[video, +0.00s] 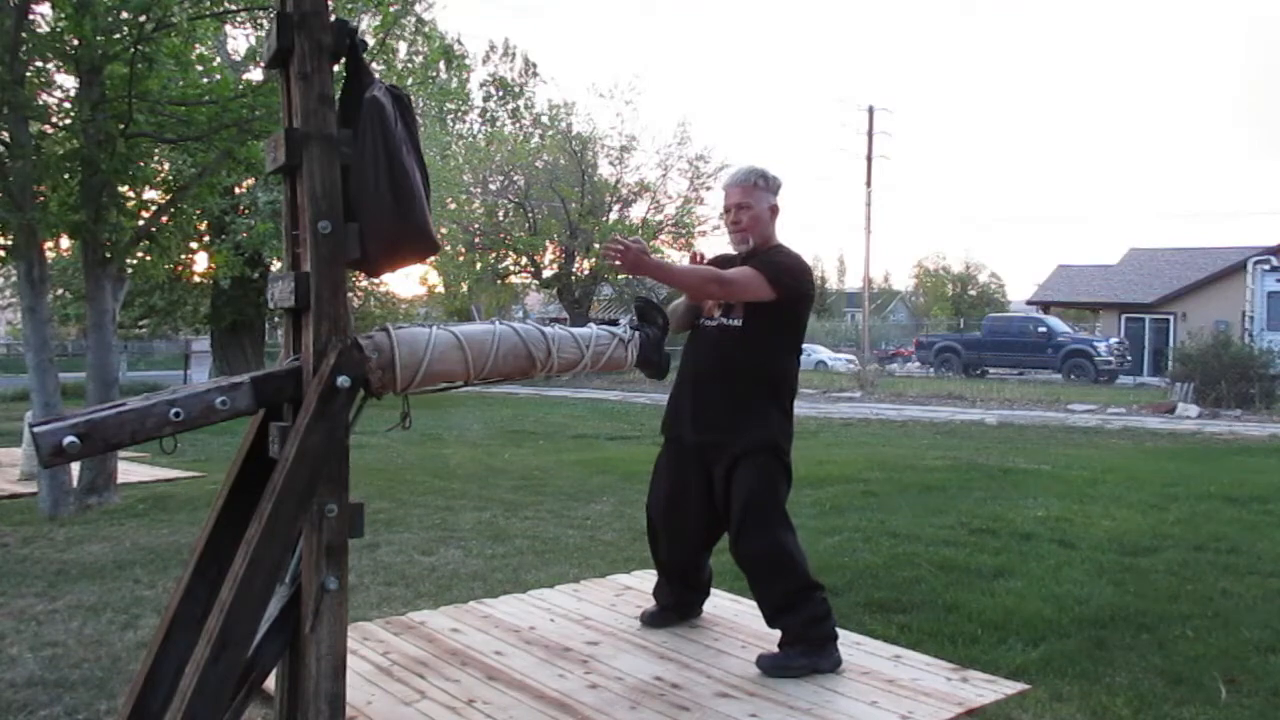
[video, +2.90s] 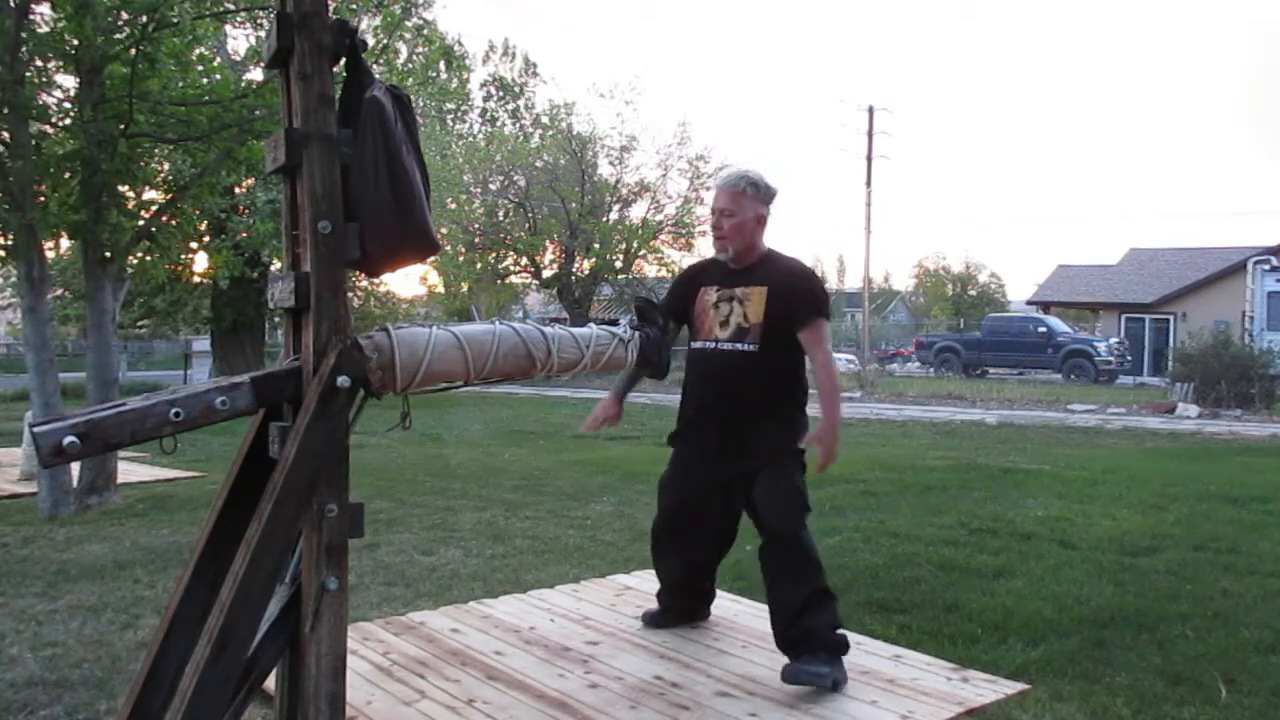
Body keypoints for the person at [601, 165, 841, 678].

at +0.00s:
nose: (735, 219)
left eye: (745, 209)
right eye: (729, 210)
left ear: (773, 210)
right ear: (723, 216)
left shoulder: (788, 270)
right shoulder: (714, 268)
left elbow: (719, 284)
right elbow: (672, 324)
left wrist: (650, 267)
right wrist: (692, 289)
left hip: (754, 431)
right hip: (692, 424)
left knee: (759, 536)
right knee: (672, 515)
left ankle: (813, 642)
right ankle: (680, 599)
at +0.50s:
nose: (723, 222)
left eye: (734, 213)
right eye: (719, 212)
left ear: (766, 212)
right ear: (717, 213)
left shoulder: (790, 270)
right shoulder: (709, 274)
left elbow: (768, 323)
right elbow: (682, 318)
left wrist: (700, 320)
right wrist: (656, 324)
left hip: (757, 428)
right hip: (694, 423)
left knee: (759, 533)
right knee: (670, 512)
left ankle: (813, 642)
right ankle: (680, 598)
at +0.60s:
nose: (720, 221)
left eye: (730, 212)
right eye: (717, 212)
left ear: (763, 212)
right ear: (716, 212)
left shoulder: (788, 271)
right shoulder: (709, 271)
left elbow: (794, 343)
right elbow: (677, 334)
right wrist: (643, 377)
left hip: (756, 421)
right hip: (696, 417)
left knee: (758, 530)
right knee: (672, 508)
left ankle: (812, 642)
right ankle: (681, 598)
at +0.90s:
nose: (722, 219)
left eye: (733, 209)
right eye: (719, 209)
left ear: (767, 211)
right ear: (718, 209)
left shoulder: (793, 268)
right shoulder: (708, 270)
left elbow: (803, 333)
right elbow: (677, 330)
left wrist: (743, 374)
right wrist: (654, 387)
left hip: (770, 423)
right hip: (711, 417)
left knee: (763, 527)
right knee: (677, 507)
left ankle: (814, 642)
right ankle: (681, 597)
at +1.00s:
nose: (725, 216)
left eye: (736, 207)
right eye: (722, 207)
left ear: (770, 210)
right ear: (722, 208)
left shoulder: (797, 265)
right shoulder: (712, 268)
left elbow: (791, 321)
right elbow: (678, 312)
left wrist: (718, 314)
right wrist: (656, 320)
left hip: (772, 426)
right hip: (712, 421)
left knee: (767, 528)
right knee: (681, 508)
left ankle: (815, 642)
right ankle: (682, 597)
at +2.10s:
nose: (727, 222)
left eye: (737, 213)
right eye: (722, 213)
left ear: (768, 213)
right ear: (718, 212)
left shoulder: (796, 274)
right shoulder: (712, 273)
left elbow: (808, 348)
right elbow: (683, 332)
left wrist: (755, 389)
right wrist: (658, 359)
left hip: (762, 425)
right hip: (700, 419)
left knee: (762, 533)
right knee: (674, 514)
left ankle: (815, 642)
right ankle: (682, 598)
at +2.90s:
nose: (717, 224)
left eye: (729, 215)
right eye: (714, 214)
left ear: (761, 217)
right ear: (710, 216)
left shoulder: (794, 281)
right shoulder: (694, 281)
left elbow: (820, 354)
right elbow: (652, 342)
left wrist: (830, 422)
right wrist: (616, 395)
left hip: (768, 440)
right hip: (702, 436)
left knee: (785, 538)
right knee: (678, 523)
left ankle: (818, 652)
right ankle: (684, 603)